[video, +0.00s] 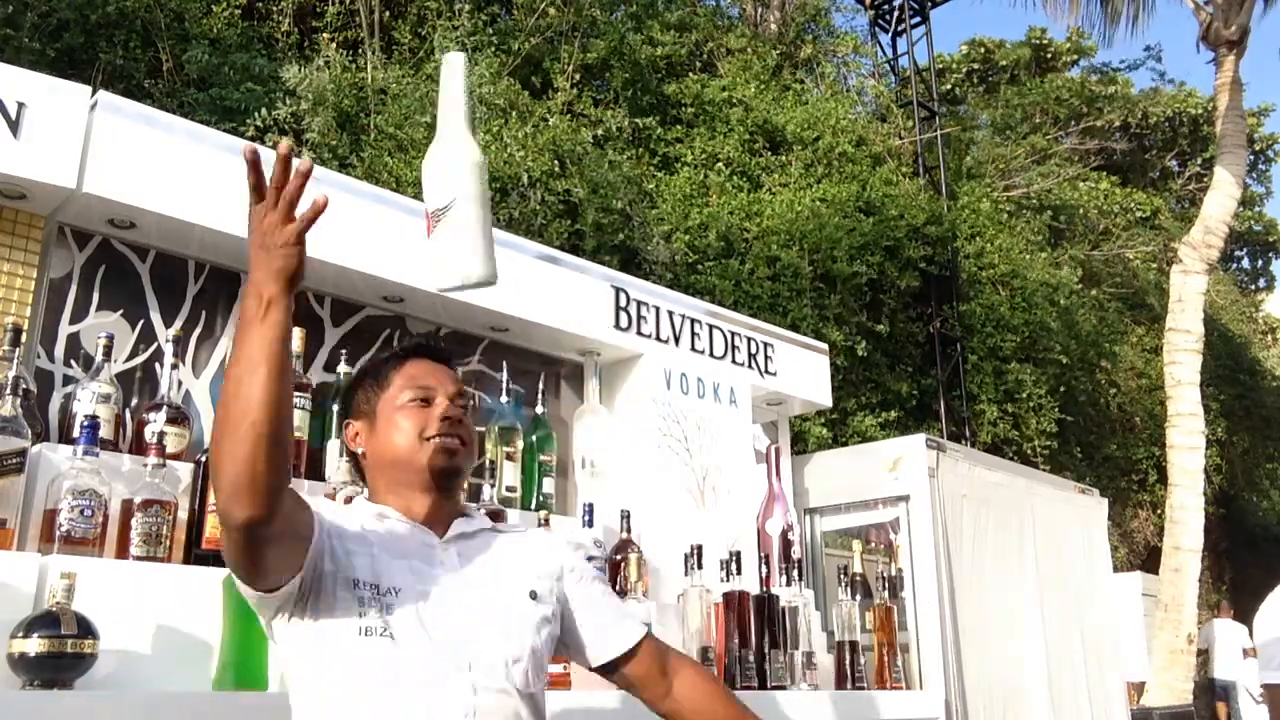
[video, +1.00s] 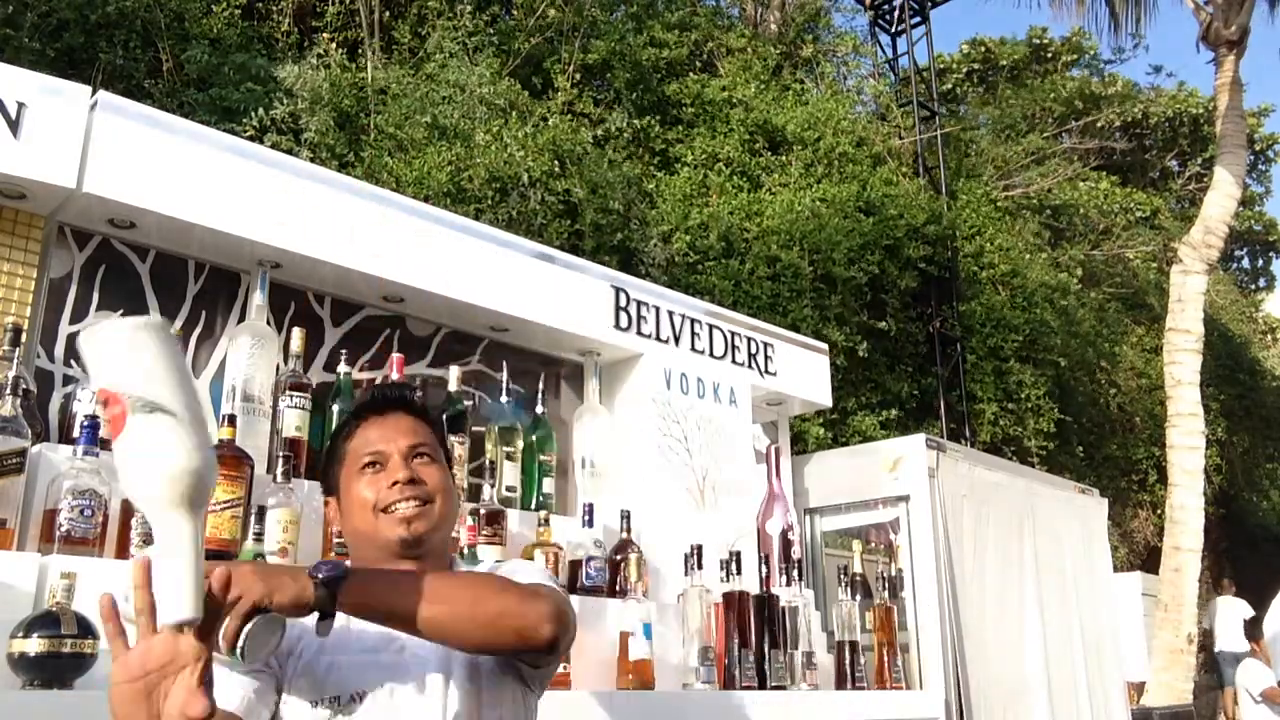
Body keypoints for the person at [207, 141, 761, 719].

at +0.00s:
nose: (451, 412)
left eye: (462, 405)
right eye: (420, 399)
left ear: (476, 439)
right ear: (357, 434)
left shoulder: (539, 560)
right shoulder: (314, 544)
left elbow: (667, 679)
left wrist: (755, 719)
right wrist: (266, 290)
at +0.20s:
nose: (574, 474)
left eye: (581, 457)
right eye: (549, 452)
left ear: (590, 466)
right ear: (480, 466)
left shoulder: (631, 622)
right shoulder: (409, 551)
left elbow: (654, 714)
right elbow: (473, 588)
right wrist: (542, 389)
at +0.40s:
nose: (632, 518)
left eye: (637, 498)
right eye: (606, 496)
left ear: (643, 504)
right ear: (536, 506)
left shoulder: (623, 626)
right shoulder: (503, 618)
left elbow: (654, 704)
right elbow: (582, 713)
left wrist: (793, 709)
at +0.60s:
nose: (582, 512)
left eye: (586, 492)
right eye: (550, 492)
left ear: (595, 495)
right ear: (477, 510)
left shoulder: (580, 631)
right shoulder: (447, 655)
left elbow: (620, 718)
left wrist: (745, 716)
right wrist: (752, 719)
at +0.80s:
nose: (460, 491)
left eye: (476, 469)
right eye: (429, 472)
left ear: (496, 490)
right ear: (375, 499)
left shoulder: (541, 628)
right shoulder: (307, 624)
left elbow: (649, 717)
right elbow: (283, 709)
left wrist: (674, 658)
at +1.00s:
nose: (403, 474)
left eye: (422, 458)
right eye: (373, 465)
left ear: (456, 491)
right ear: (335, 513)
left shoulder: (498, 589)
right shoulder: (286, 623)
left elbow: (543, 623)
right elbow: (225, 712)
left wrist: (316, 587)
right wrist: (162, 710)